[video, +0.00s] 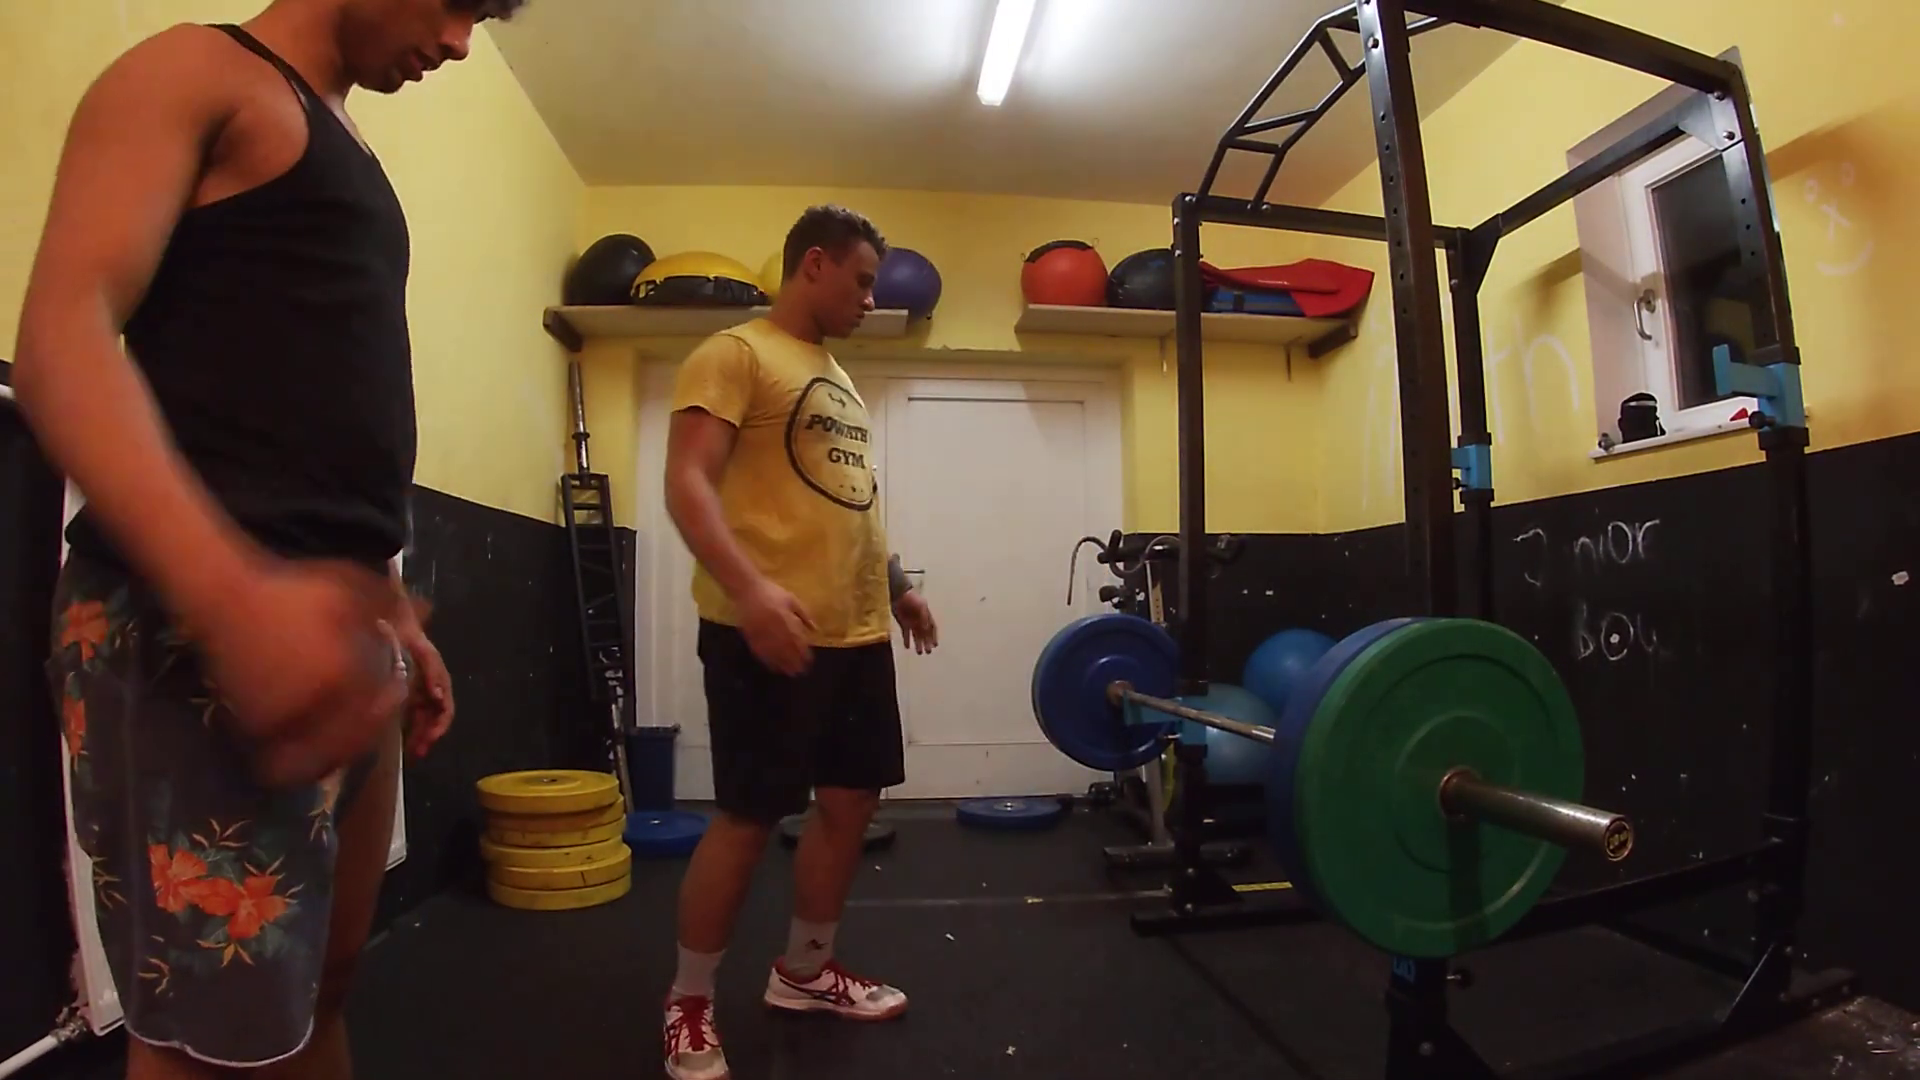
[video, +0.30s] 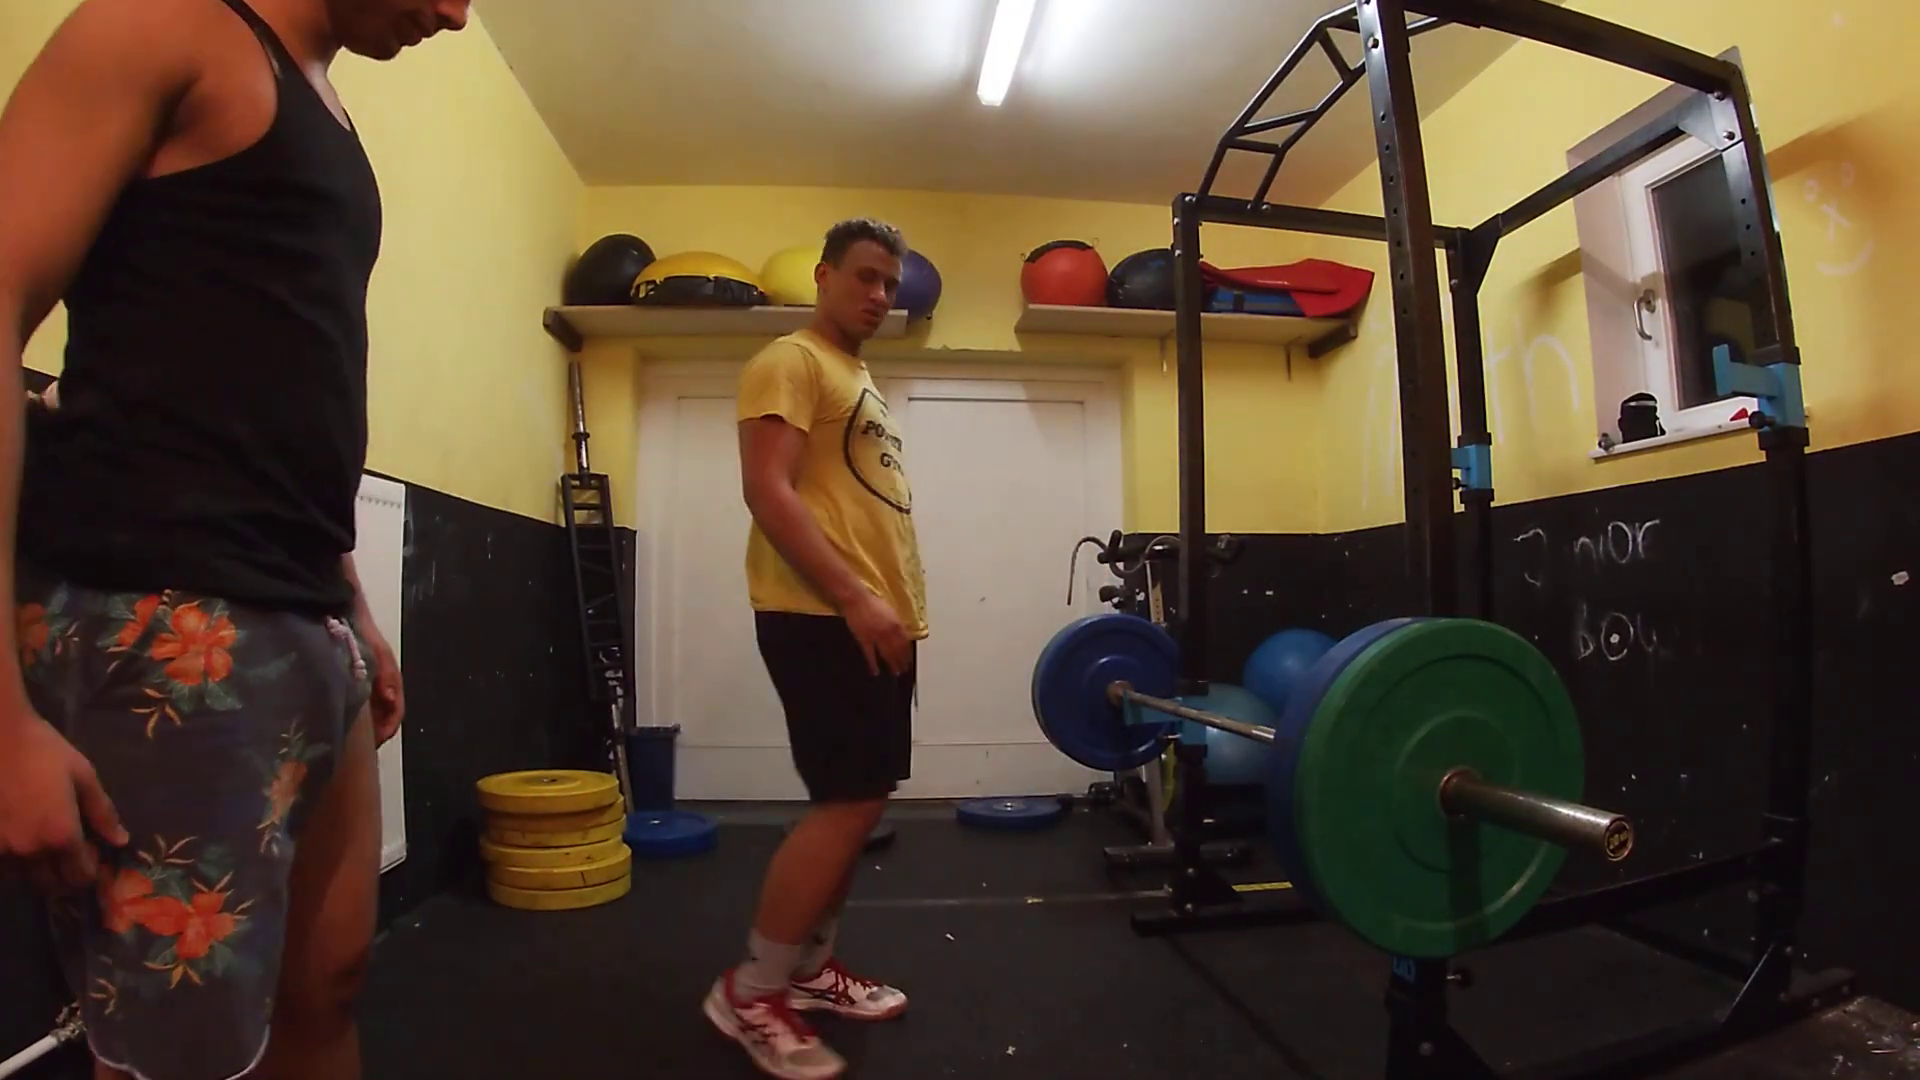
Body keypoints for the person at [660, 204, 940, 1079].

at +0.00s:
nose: (869, 300)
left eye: (873, 286)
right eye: (863, 281)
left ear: (827, 271)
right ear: (814, 264)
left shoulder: (833, 373)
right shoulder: (734, 353)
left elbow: (840, 502)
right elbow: (684, 481)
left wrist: (895, 588)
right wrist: (747, 587)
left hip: (853, 634)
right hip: (764, 632)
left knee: (850, 801)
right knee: (746, 816)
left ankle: (804, 970)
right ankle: (687, 1006)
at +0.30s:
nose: (881, 296)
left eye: (889, 285)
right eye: (868, 277)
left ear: (886, 297)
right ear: (822, 276)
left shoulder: (852, 376)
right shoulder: (788, 361)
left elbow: (846, 506)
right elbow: (766, 490)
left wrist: (891, 601)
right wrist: (857, 598)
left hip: (862, 615)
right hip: (817, 616)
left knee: (861, 796)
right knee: (848, 798)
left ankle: (807, 967)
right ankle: (751, 991)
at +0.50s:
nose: (906, 296)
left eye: (916, 288)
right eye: (891, 278)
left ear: (918, 303)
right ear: (847, 280)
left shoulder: (869, 373)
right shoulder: (827, 358)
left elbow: (865, 499)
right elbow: (808, 477)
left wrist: (914, 600)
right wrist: (865, 604)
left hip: (863, 611)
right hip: (864, 614)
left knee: (854, 789)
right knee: (921, 791)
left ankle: (805, 965)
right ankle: (903, 1015)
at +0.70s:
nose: (963, 315)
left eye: (968, 302)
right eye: (955, 296)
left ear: (927, 293)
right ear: (903, 282)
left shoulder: (882, 364)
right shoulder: (872, 358)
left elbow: (872, 495)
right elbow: (857, 480)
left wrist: (930, 598)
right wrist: (912, 612)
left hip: (869, 614)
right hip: (912, 613)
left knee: (872, 785)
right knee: (993, 785)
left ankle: (805, 967)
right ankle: (1035, 995)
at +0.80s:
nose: (995, 326)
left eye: (1002, 311)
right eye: (990, 305)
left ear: (946, 291)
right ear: (944, 282)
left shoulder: (903, 361)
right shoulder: (908, 361)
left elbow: (902, 499)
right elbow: (905, 487)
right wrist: (982, 617)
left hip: (886, 619)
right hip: (929, 620)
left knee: (882, 787)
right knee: (1024, 789)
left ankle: (807, 967)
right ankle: (1078, 997)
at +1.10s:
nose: (1162, 368)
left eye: (1169, 353)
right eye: (1161, 347)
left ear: (1108, 321)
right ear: (1118, 317)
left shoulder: (1041, 383)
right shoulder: (1081, 389)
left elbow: (1065, 544)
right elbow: (1149, 539)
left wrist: (1124, 647)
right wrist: (1226, 659)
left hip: (952, 619)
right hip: (1009, 627)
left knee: (1023, 799)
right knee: (1101, 803)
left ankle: (869, 915)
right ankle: (1107, 1014)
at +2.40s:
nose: (1303, 461)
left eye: (1313, 455)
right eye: (1316, 446)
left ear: (1291, 392)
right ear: (1307, 406)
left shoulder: (1197, 411)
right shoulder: (1252, 419)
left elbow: (1138, 546)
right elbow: (1266, 552)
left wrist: (1166, 679)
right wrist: (1275, 697)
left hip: (1042, 590)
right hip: (1104, 604)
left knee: (1103, 783)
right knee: (1173, 799)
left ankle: (1077, 963)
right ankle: (1183, 1008)